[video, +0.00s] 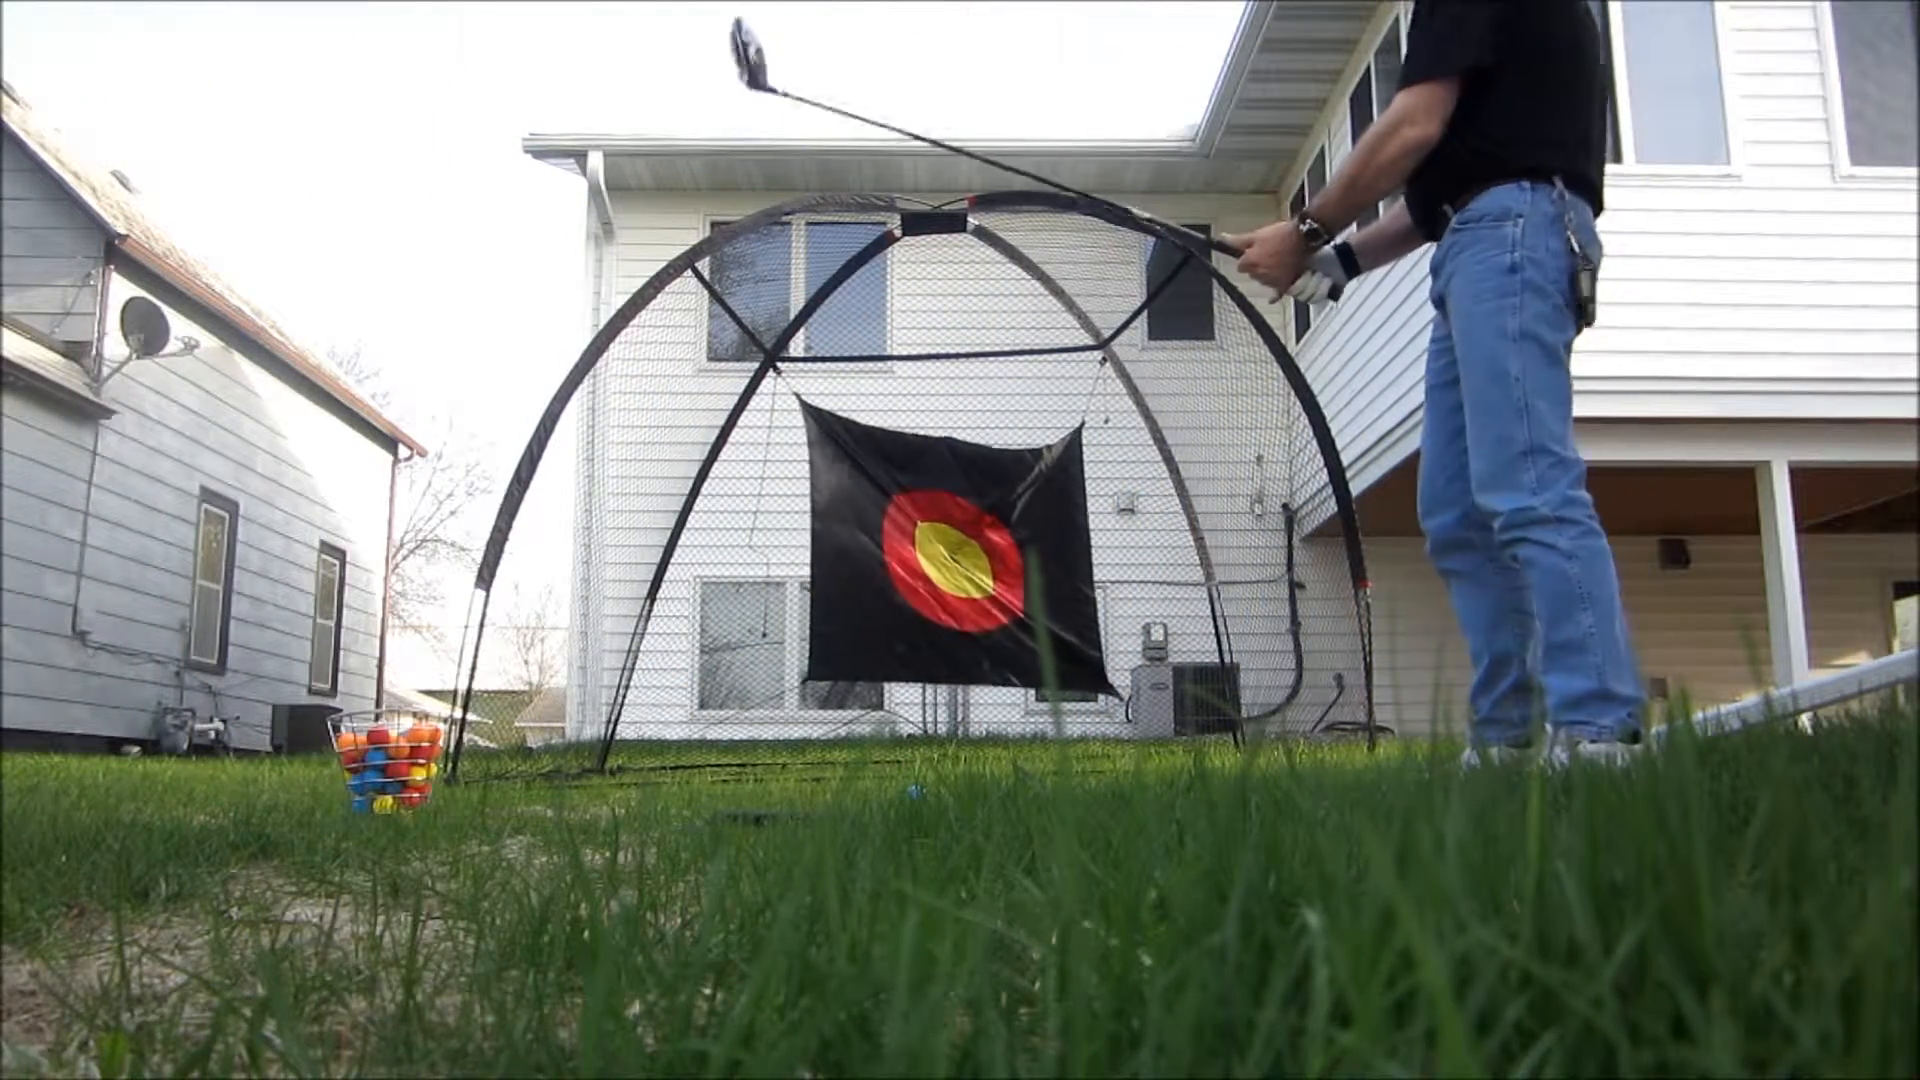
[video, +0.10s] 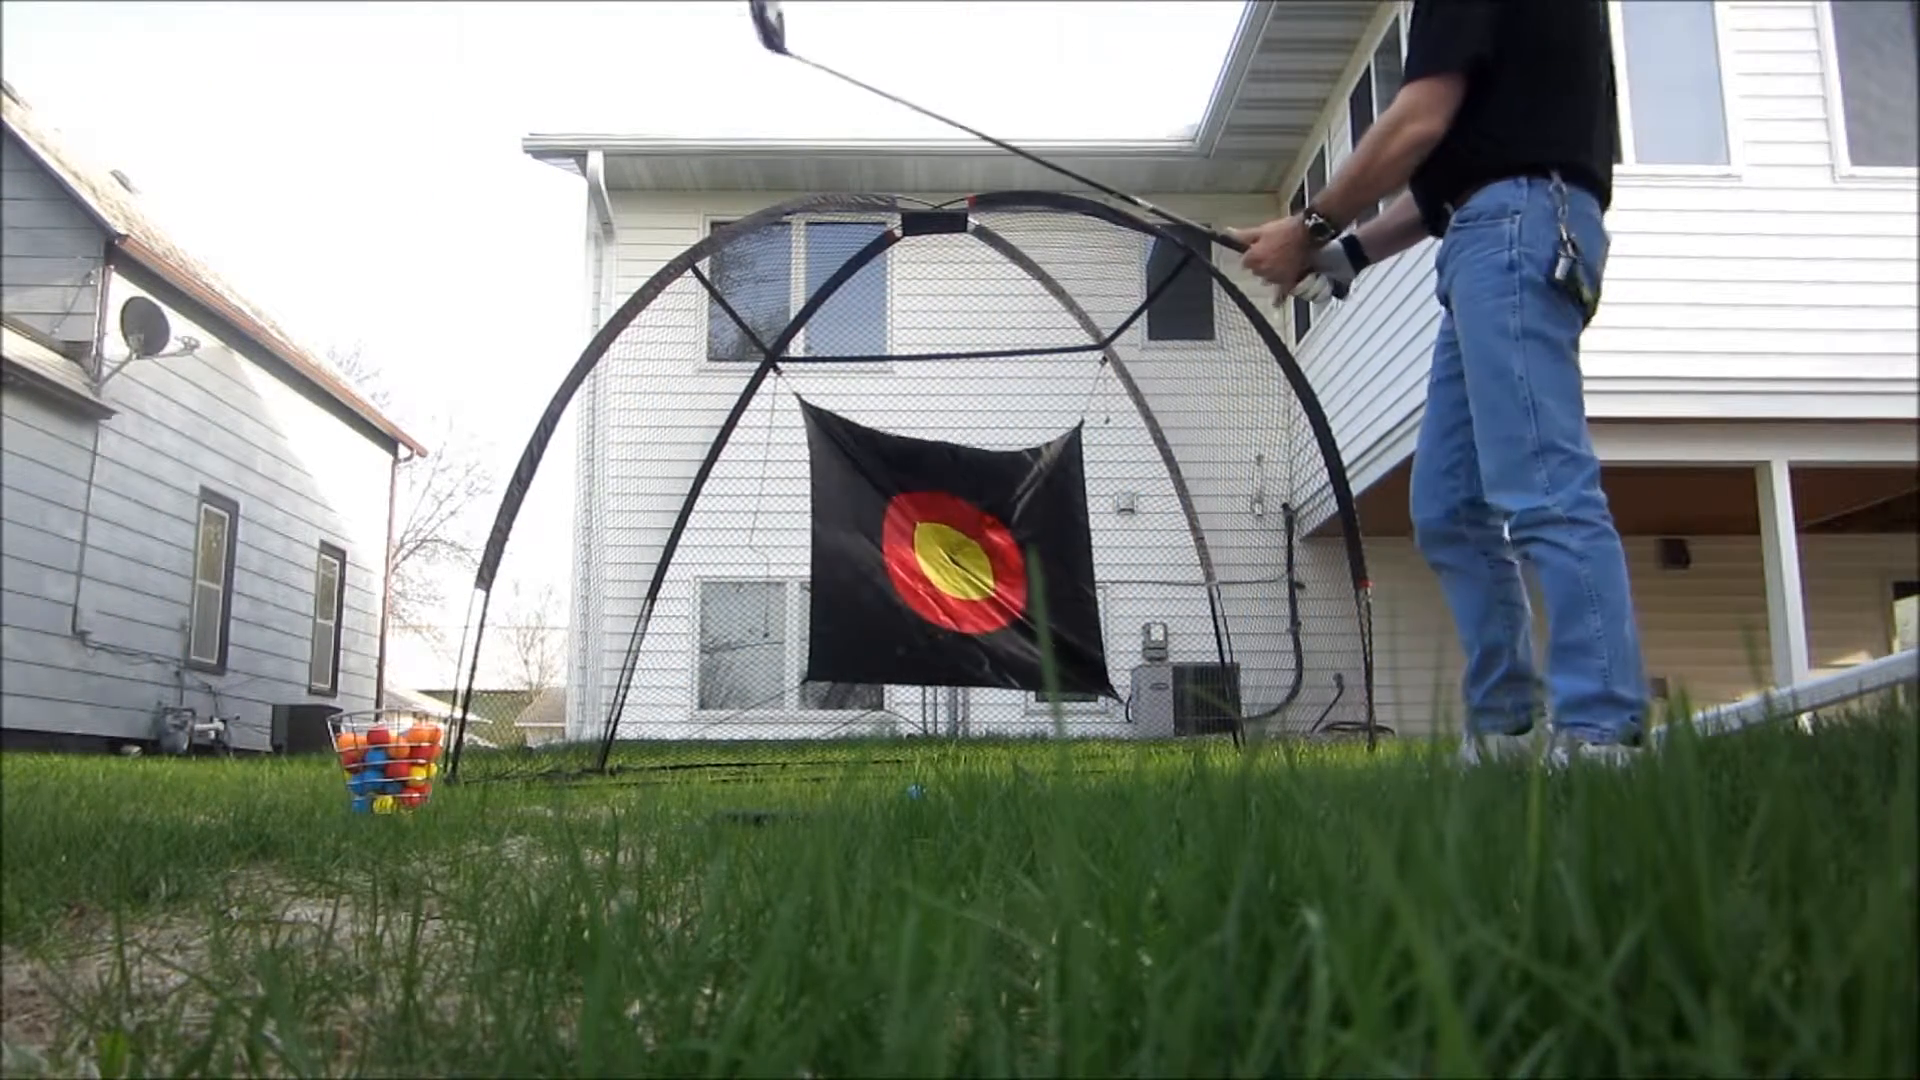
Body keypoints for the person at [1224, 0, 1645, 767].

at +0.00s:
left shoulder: (1469, 1)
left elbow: (1418, 122)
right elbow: (1451, 187)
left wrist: (1307, 229)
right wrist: (1335, 262)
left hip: (1514, 221)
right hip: (1472, 242)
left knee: (1531, 493)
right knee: (1459, 513)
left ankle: (1601, 734)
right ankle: (1508, 741)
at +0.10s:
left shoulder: (1468, 1)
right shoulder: (1519, 27)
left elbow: (1422, 119)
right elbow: (1460, 176)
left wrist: (1313, 225)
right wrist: (1346, 254)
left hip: (1520, 214)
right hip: (1485, 232)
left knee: (1546, 493)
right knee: (1452, 509)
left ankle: (1604, 735)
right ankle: (1508, 730)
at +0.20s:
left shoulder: (1467, 2)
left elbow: (1428, 117)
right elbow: (1461, 172)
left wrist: (1316, 224)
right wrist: (1345, 255)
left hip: (1526, 214)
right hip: (1495, 227)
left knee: (1555, 493)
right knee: (1438, 496)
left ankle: (1603, 734)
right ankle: (1506, 721)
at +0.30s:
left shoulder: (1469, 2)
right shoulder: (1525, 24)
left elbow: (1428, 119)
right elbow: (1468, 164)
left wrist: (1320, 227)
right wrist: (1355, 256)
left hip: (1530, 215)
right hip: (1497, 228)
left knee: (1557, 493)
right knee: (1439, 492)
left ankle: (1605, 735)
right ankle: (1498, 721)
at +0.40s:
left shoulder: (1469, 2)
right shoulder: (1512, 25)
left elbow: (1424, 126)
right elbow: (1467, 165)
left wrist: (1324, 244)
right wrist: (1359, 267)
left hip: (1534, 212)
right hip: (1494, 228)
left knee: (1556, 492)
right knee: (1445, 498)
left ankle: (1607, 734)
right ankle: (1489, 724)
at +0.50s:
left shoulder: (1468, 4)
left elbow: (1424, 125)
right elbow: (1465, 167)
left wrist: (1327, 257)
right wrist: (1366, 270)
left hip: (1530, 214)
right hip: (1489, 230)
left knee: (1555, 494)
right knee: (1449, 503)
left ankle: (1605, 733)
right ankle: (1487, 728)